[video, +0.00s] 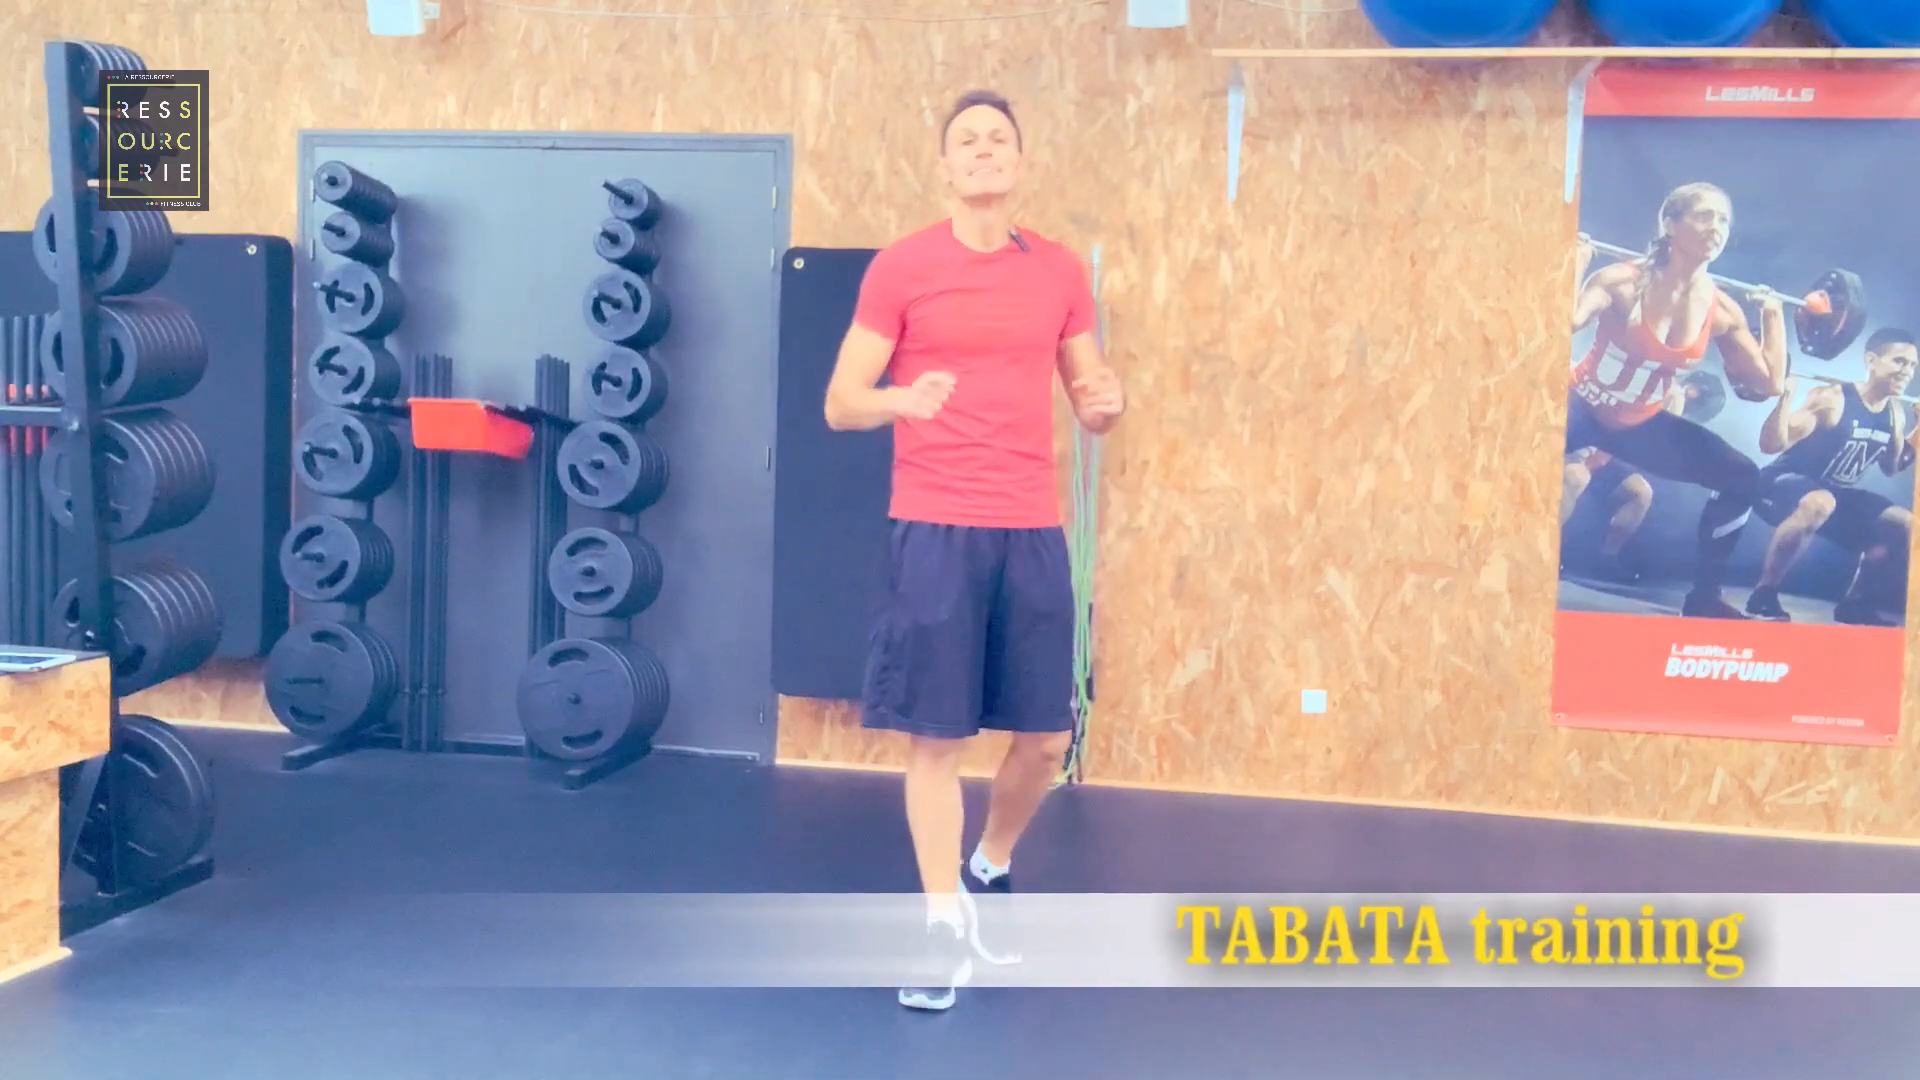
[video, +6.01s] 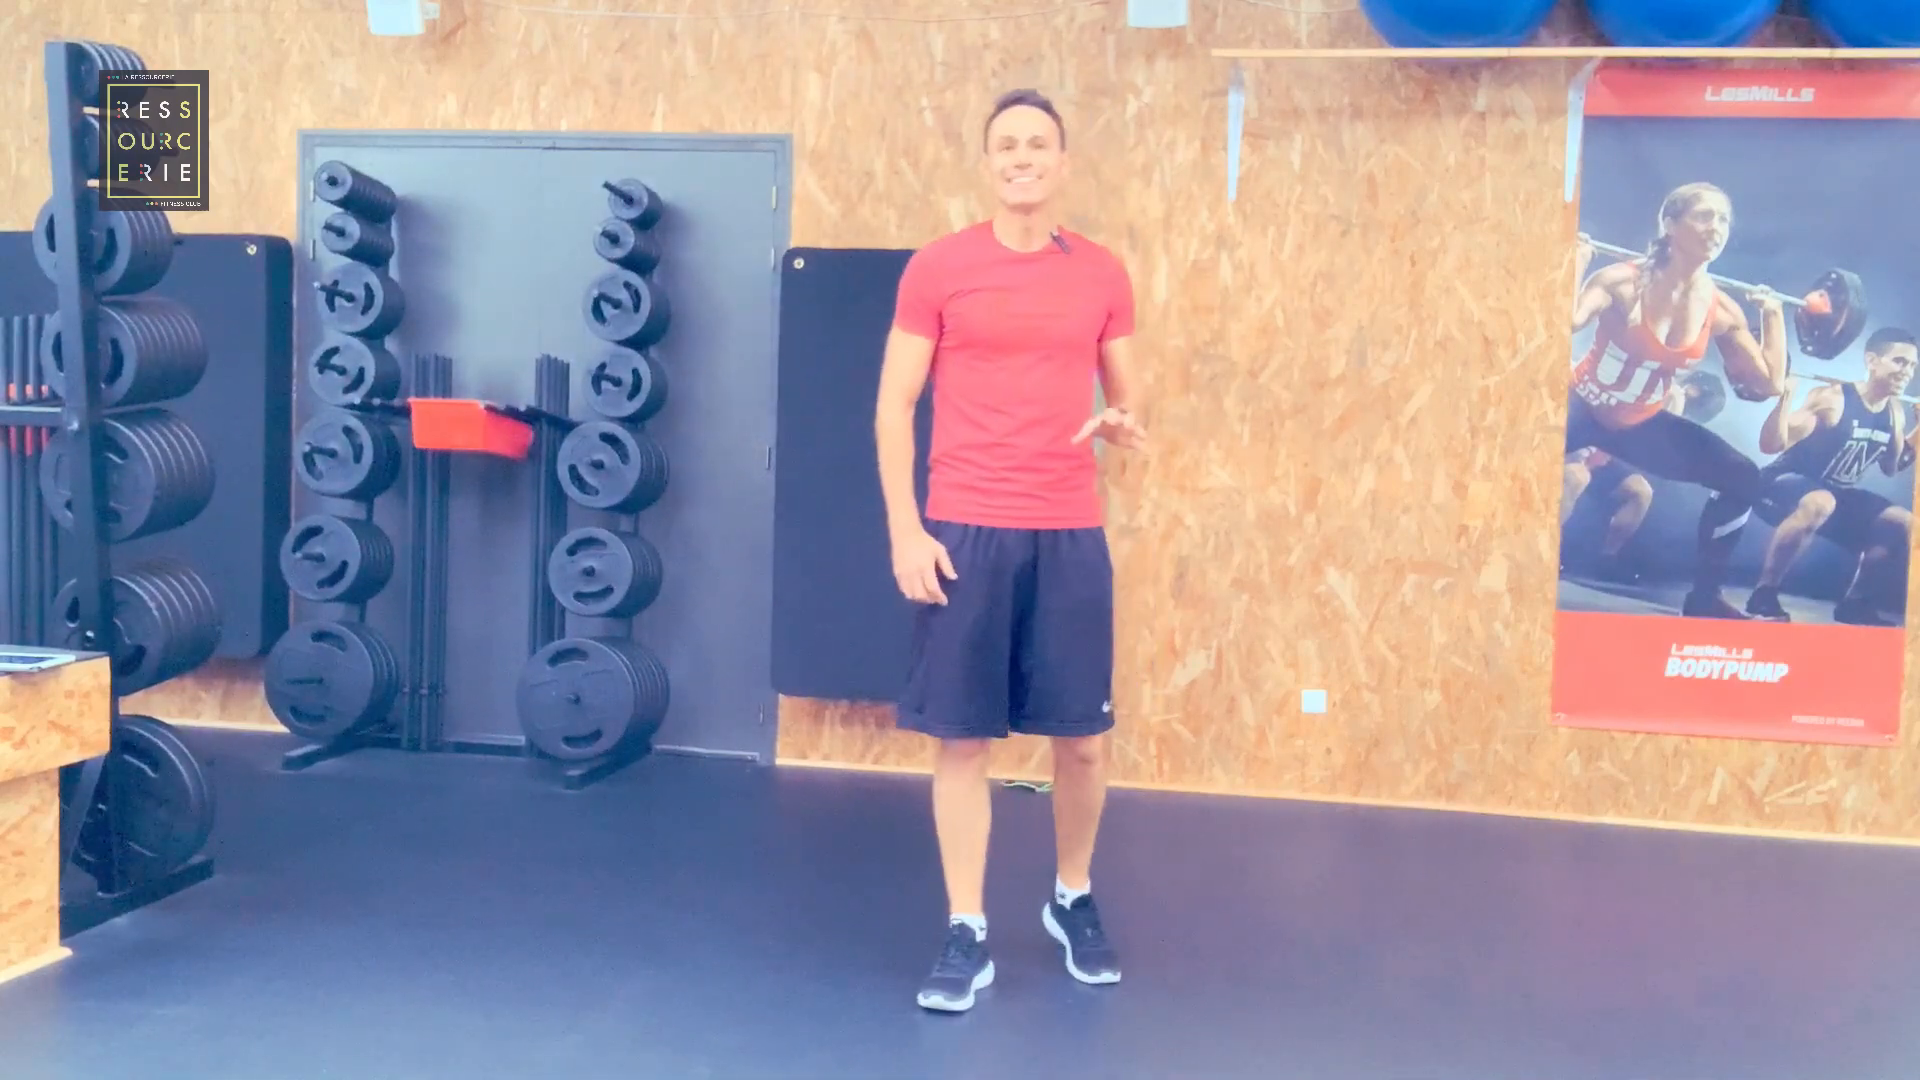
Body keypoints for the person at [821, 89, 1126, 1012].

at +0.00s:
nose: (984, 154)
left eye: (999, 142)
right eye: (968, 142)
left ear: (1024, 163)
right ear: (942, 164)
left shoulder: (1060, 270)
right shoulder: (900, 267)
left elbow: (1088, 398)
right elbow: (841, 405)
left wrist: (1100, 401)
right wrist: (897, 399)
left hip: (1034, 525)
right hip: (935, 525)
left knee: (1046, 732)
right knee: (938, 732)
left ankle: (987, 865)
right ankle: (943, 928)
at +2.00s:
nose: (1006, 197)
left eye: (1022, 185)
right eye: (995, 182)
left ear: (1045, 200)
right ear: (972, 193)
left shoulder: (1078, 289)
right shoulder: (930, 287)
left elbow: (1119, 400)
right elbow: (878, 406)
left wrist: (1097, 492)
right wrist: (910, 493)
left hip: (1052, 526)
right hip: (957, 527)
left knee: (1062, 704)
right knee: (960, 702)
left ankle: (1067, 893)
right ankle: (958, 872)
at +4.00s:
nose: (1025, 187)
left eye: (1041, 176)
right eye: (1014, 173)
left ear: (1065, 196)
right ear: (994, 191)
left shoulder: (1093, 293)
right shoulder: (949, 286)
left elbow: (1127, 411)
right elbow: (910, 409)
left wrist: (1106, 513)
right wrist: (929, 515)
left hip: (1061, 529)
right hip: (967, 526)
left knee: (1058, 699)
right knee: (964, 696)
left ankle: (1047, 845)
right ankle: (962, 866)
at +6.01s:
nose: (1021, 160)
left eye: (1038, 146)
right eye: (1007, 147)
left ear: (1066, 161)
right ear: (983, 164)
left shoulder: (1100, 271)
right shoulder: (937, 267)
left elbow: (1129, 402)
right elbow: (893, 404)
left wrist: (1122, 428)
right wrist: (904, 526)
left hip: (1071, 532)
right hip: (966, 532)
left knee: (1081, 732)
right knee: (962, 736)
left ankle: (1074, 899)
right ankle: (965, 930)